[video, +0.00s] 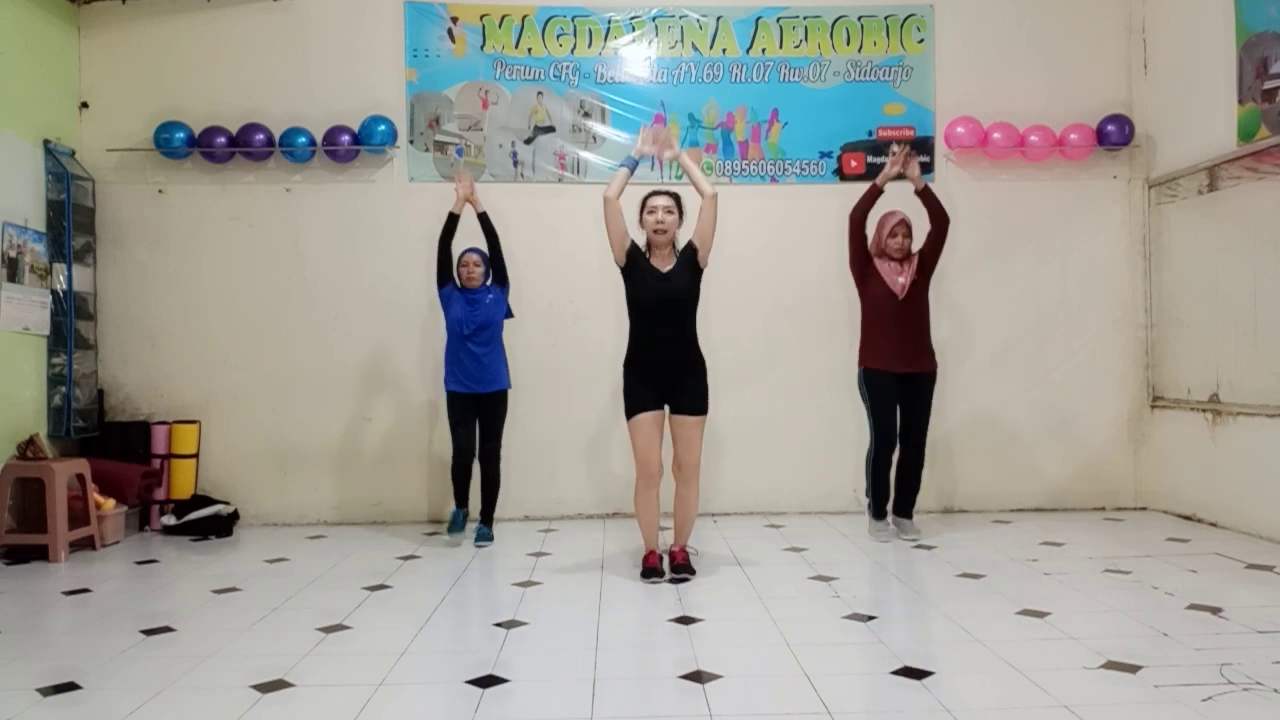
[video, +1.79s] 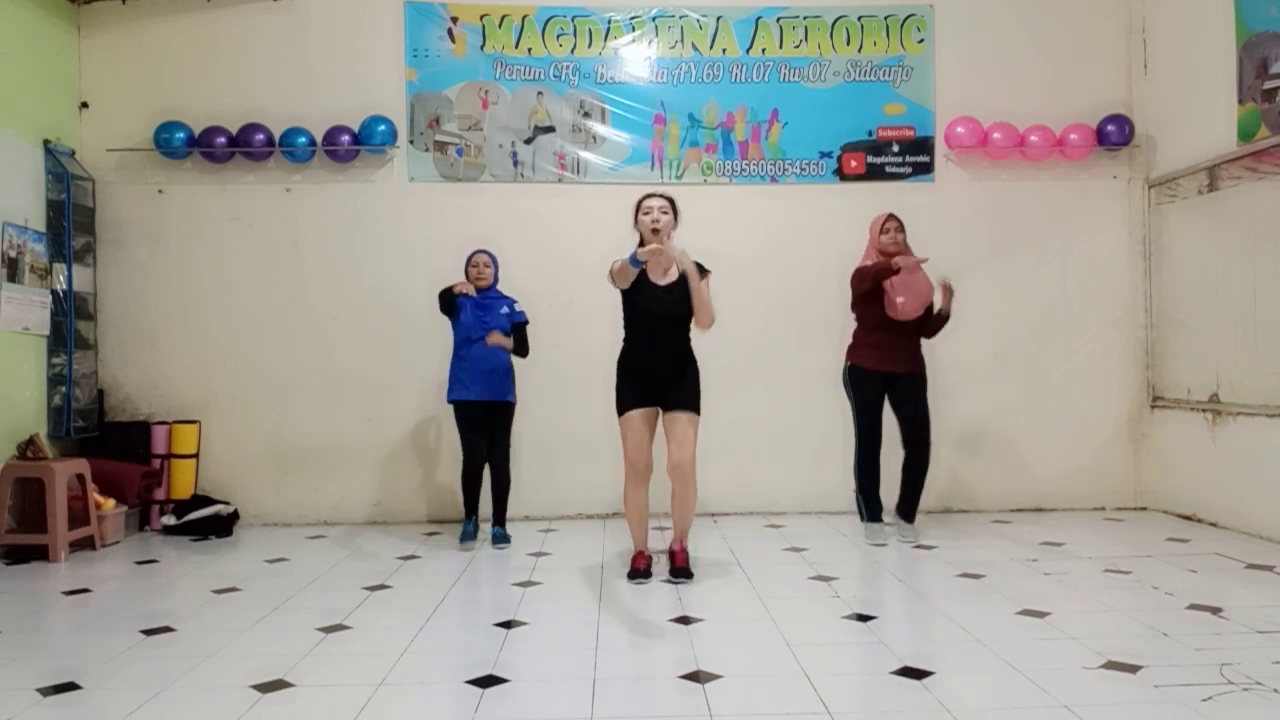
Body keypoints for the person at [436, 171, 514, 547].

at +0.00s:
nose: (469, 269)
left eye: (476, 265)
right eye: (465, 264)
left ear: (486, 270)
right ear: (457, 271)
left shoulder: (496, 293)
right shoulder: (450, 295)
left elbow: (497, 249)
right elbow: (443, 249)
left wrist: (476, 204)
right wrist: (458, 206)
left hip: (493, 386)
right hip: (459, 386)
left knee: (489, 456)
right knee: (462, 453)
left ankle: (486, 522)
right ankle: (460, 510)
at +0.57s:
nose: (473, 249)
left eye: (479, 245)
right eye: (468, 246)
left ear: (489, 252)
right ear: (461, 252)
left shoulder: (499, 278)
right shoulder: (453, 279)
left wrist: (478, 203)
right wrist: (460, 207)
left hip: (493, 366)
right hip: (459, 367)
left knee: (490, 439)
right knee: (463, 439)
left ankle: (491, 511)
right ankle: (464, 511)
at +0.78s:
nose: (477, 268)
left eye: (483, 264)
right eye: (472, 264)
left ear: (492, 271)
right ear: (464, 272)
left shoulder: (503, 301)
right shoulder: (453, 304)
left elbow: (500, 334)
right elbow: (452, 332)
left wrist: (483, 362)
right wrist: (466, 356)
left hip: (494, 385)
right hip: (459, 385)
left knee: (492, 453)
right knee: (464, 453)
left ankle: (492, 522)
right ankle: (471, 522)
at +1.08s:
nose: (478, 264)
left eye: (484, 261)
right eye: (472, 260)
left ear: (493, 269)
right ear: (464, 269)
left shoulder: (507, 304)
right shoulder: (452, 305)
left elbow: (518, 347)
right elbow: (431, 353)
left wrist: (523, 386)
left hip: (497, 391)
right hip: (463, 392)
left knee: (494, 460)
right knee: (468, 459)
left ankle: (493, 525)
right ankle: (471, 525)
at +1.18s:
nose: (477, 271)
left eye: (484, 267)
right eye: (472, 267)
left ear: (493, 276)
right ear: (464, 275)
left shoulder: (506, 309)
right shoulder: (454, 311)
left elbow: (522, 354)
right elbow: (429, 353)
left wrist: (534, 397)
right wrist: (432, 321)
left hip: (498, 398)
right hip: (463, 399)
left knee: (494, 464)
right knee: (470, 465)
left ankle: (493, 527)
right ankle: (472, 527)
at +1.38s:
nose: (477, 262)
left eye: (484, 259)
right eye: (472, 258)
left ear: (493, 267)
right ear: (464, 267)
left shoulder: (506, 300)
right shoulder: (456, 298)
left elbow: (518, 344)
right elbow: (432, 309)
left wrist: (529, 387)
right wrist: (443, 271)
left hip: (498, 388)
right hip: (464, 388)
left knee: (495, 456)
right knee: (469, 456)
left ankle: (494, 523)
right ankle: (471, 524)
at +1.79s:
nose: (480, 269)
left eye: (486, 265)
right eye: (475, 265)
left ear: (495, 272)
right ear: (467, 272)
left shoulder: (509, 305)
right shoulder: (459, 302)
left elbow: (522, 349)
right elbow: (445, 302)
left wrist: (505, 341)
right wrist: (455, 288)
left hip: (500, 392)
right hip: (466, 391)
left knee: (499, 459)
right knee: (473, 457)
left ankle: (499, 525)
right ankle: (470, 521)